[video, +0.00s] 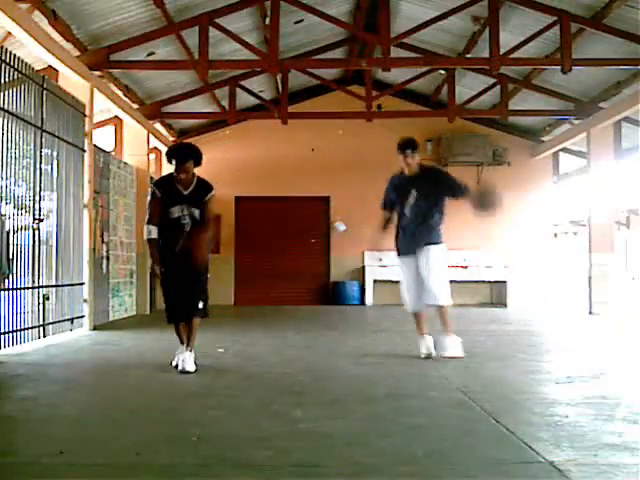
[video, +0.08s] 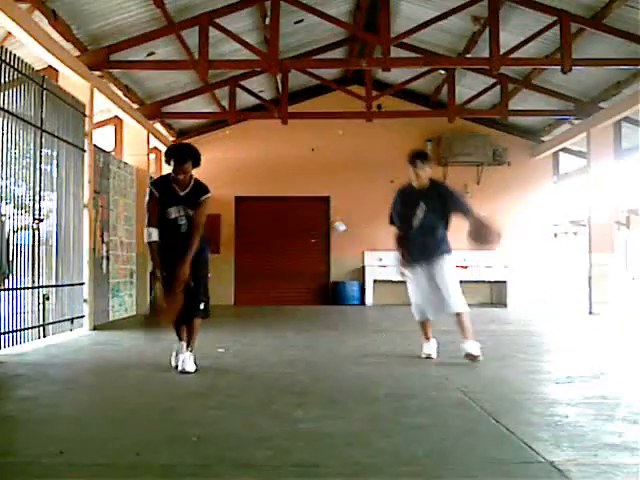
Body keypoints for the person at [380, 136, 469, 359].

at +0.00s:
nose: (409, 160)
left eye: (412, 155)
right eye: (405, 156)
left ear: (419, 155)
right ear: (400, 157)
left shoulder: (433, 175)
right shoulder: (396, 181)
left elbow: (460, 190)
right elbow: (388, 208)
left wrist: (476, 196)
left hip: (430, 240)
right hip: (405, 244)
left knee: (436, 288)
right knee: (413, 294)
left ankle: (449, 337)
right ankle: (423, 338)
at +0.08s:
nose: (419, 173)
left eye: (423, 167)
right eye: (415, 168)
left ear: (429, 168)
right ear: (410, 169)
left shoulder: (440, 190)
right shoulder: (403, 194)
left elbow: (465, 209)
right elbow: (399, 228)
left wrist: (482, 225)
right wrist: (402, 256)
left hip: (439, 254)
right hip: (413, 258)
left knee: (453, 296)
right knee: (419, 303)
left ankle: (469, 341)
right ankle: (428, 342)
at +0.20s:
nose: (431, 186)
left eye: (435, 182)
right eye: (428, 181)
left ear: (443, 181)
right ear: (423, 181)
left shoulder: (451, 202)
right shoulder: (413, 203)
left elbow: (467, 229)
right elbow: (410, 241)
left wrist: (482, 253)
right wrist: (415, 272)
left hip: (448, 264)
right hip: (423, 268)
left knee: (464, 306)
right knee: (425, 309)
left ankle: (479, 346)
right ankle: (429, 340)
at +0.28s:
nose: (444, 203)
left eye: (448, 198)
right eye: (440, 198)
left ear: (454, 198)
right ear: (433, 197)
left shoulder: (459, 217)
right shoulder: (422, 216)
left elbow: (460, 255)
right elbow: (419, 253)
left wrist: (459, 286)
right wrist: (419, 285)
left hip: (455, 266)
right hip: (431, 268)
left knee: (473, 306)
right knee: (429, 309)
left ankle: (481, 348)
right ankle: (425, 334)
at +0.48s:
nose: (443, 230)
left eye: (447, 226)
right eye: (440, 226)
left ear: (452, 223)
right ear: (431, 220)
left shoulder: (456, 234)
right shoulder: (417, 232)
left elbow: (458, 273)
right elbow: (403, 259)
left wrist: (456, 312)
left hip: (453, 276)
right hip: (427, 279)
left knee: (476, 305)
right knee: (416, 312)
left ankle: (484, 348)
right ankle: (399, 341)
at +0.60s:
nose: (424, 223)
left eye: (428, 220)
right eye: (421, 219)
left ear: (434, 217)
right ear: (415, 214)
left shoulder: (442, 227)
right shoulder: (405, 225)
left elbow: (455, 249)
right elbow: (389, 241)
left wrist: (466, 267)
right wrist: (379, 250)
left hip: (442, 273)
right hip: (412, 276)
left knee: (465, 307)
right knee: (399, 312)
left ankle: (481, 348)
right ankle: (387, 346)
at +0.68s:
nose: (402, 205)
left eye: (406, 202)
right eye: (400, 200)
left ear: (413, 200)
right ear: (395, 196)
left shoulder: (422, 215)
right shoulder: (383, 210)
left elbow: (448, 235)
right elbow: (364, 229)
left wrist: (472, 245)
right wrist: (343, 244)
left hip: (418, 269)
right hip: (389, 272)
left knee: (440, 304)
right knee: (381, 311)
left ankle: (460, 344)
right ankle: (385, 345)